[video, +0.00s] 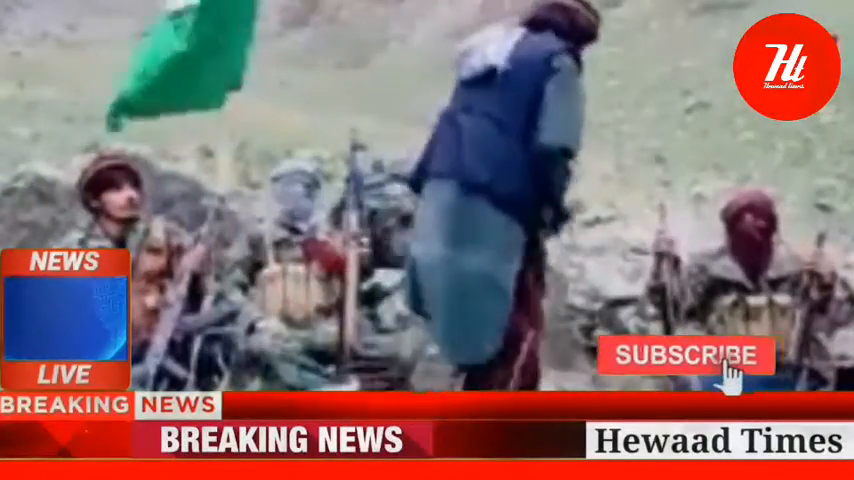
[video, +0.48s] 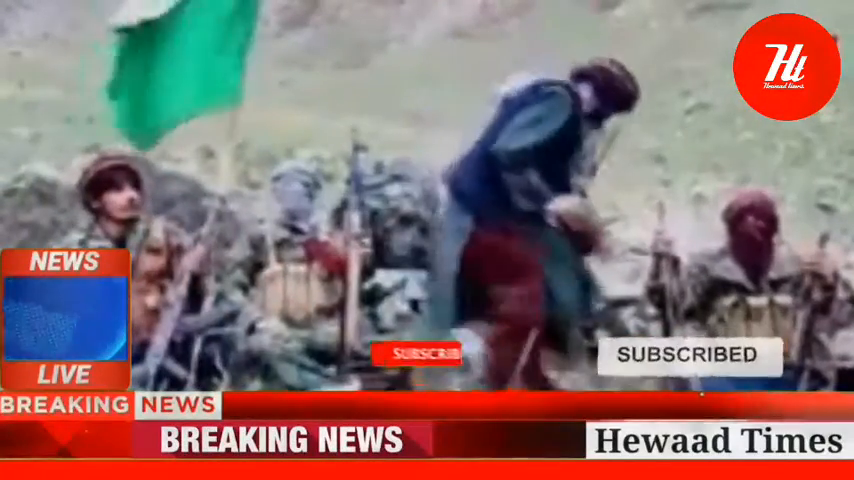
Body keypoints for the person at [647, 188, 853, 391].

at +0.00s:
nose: (761, 224)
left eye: (765, 218)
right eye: (752, 216)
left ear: (773, 225)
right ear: (732, 224)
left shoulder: (794, 268)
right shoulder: (704, 268)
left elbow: (836, 319)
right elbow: (675, 311)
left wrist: (826, 290)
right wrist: (665, 267)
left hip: (787, 376)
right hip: (720, 376)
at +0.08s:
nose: (758, 224)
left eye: (763, 217)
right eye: (749, 216)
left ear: (772, 225)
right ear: (731, 224)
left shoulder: (795, 268)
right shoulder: (704, 267)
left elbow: (837, 319)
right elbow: (675, 312)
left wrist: (829, 288)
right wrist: (665, 268)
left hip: (788, 375)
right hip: (724, 374)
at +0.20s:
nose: (754, 224)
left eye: (762, 216)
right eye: (745, 217)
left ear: (773, 226)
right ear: (730, 226)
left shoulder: (795, 269)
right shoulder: (704, 268)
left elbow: (836, 320)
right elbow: (675, 313)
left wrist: (829, 287)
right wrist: (665, 268)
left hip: (786, 376)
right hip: (720, 376)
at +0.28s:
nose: (755, 223)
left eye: (762, 216)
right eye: (746, 216)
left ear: (773, 226)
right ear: (730, 226)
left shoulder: (794, 267)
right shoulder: (705, 267)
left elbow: (836, 319)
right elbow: (675, 309)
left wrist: (828, 286)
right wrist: (665, 267)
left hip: (786, 372)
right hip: (721, 373)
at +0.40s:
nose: (756, 224)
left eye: (763, 217)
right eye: (747, 217)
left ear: (774, 226)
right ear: (731, 226)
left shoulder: (794, 267)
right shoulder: (705, 268)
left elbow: (833, 319)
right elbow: (674, 308)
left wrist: (829, 285)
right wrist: (664, 266)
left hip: (788, 376)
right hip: (723, 377)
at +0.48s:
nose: (757, 225)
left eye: (764, 217)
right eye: (747, 217)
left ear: (774, 226)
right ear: (732, 226)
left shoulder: (794, 267)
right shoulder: (706, 268)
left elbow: (834, 319)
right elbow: (675, 309)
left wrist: (829, 286)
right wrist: (664, 267)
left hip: (787, 377)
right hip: (723, 377)